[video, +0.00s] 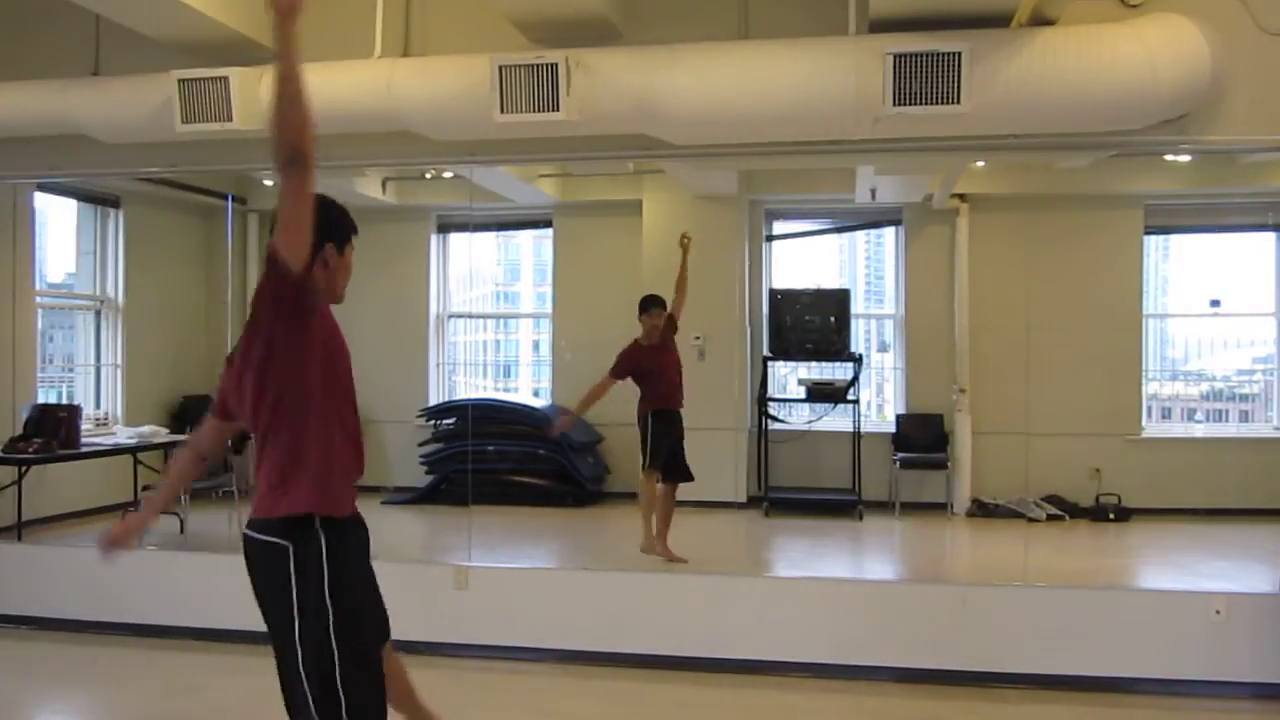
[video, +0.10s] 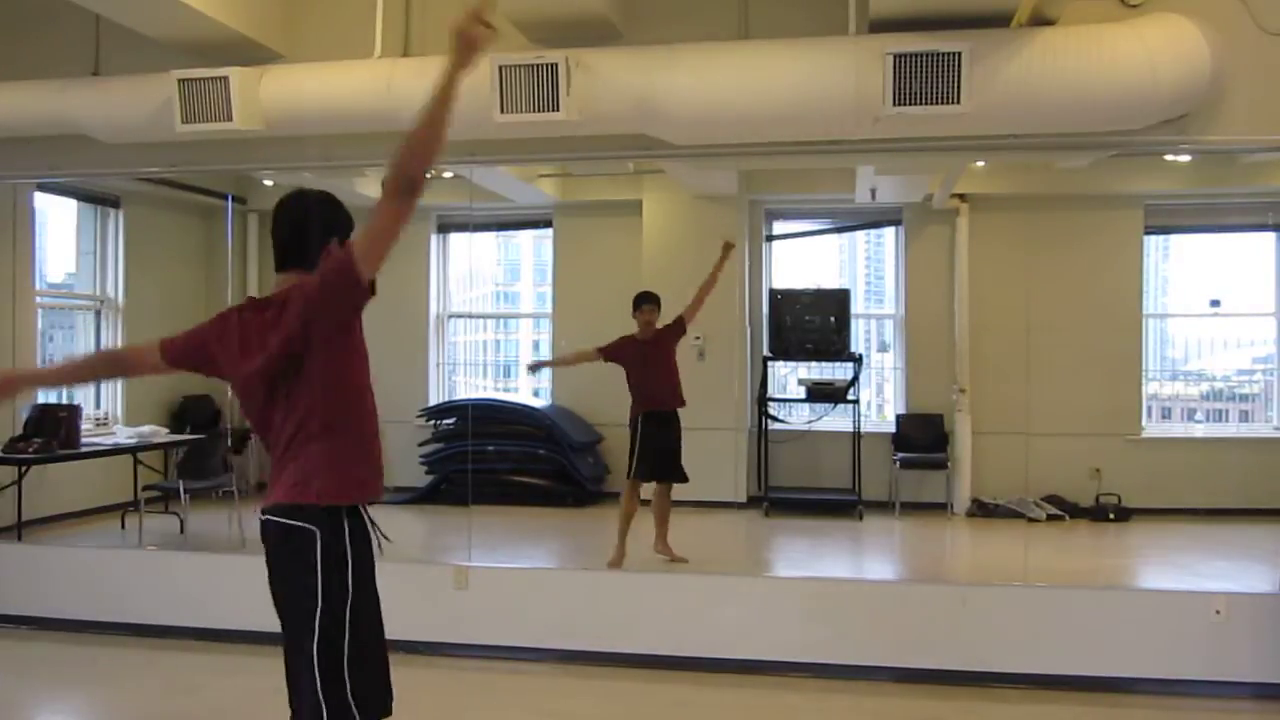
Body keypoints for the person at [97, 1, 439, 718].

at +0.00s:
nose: (351, 270)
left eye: (350, 257)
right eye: (348, 256)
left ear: (311, 255)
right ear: (322, 253)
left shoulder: (264, 338)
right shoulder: (289, 298)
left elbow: (212, 433)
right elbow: (295, 159)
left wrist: (146, 512)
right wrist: (288, 34)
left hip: (323, 531)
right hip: (301, 537)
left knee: (381, 664)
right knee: (335, 704)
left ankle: (422, 713)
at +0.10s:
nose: (354, 255)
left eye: (351, 245)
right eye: (348, 244)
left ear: (278, 246)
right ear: (330, 247)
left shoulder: (236, 326)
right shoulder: (327, 297)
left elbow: (138, 358)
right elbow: (404, 186)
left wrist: (31, 378)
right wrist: (456, 69)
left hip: (291, 521)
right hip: (325, 522)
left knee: (357, 690)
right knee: (340, 697)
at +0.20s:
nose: (346, 269)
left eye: (338, 257)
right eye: (343, 258)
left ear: (273, 261)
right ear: (331, 262)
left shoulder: (223, 329)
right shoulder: (352, 320)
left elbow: (119, 287)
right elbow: (469, 279)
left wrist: (32, 237)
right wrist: (572, 223)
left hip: (281, 523)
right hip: (341, 521)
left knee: (289, 679)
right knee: (330, 690)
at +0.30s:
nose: (347, 272)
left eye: (340, 261)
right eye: (346, 262)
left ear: (277, 269)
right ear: (339, 269)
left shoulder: (234, 333)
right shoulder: (363, 342)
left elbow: (152, 238)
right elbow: (485, 372)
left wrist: (117, 135)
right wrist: (592, 397)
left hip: (270, 535)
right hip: (340, 530)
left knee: (287, 699)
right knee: (345, 705)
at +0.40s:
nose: (358, 288)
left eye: (354, 276)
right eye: (357, 279)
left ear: (292, 282)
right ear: (349, 287)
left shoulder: (251, 336)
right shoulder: (368, 367)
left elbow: (221, 226)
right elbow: (449, 454)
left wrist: (259, 139)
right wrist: (509, 521)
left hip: (266, 545)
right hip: (337, 547)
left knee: (301, 693)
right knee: (369, 705)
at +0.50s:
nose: (371, 313)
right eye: (370, 305)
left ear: (304, 306)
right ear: (363, 313)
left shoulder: (269, 360)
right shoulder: (382, 401)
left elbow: (272, 264)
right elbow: (398, 496)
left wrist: (355, 233)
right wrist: (387, 544)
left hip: (272, 561)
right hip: (345, 566)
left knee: (298, 695)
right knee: (369, 699)